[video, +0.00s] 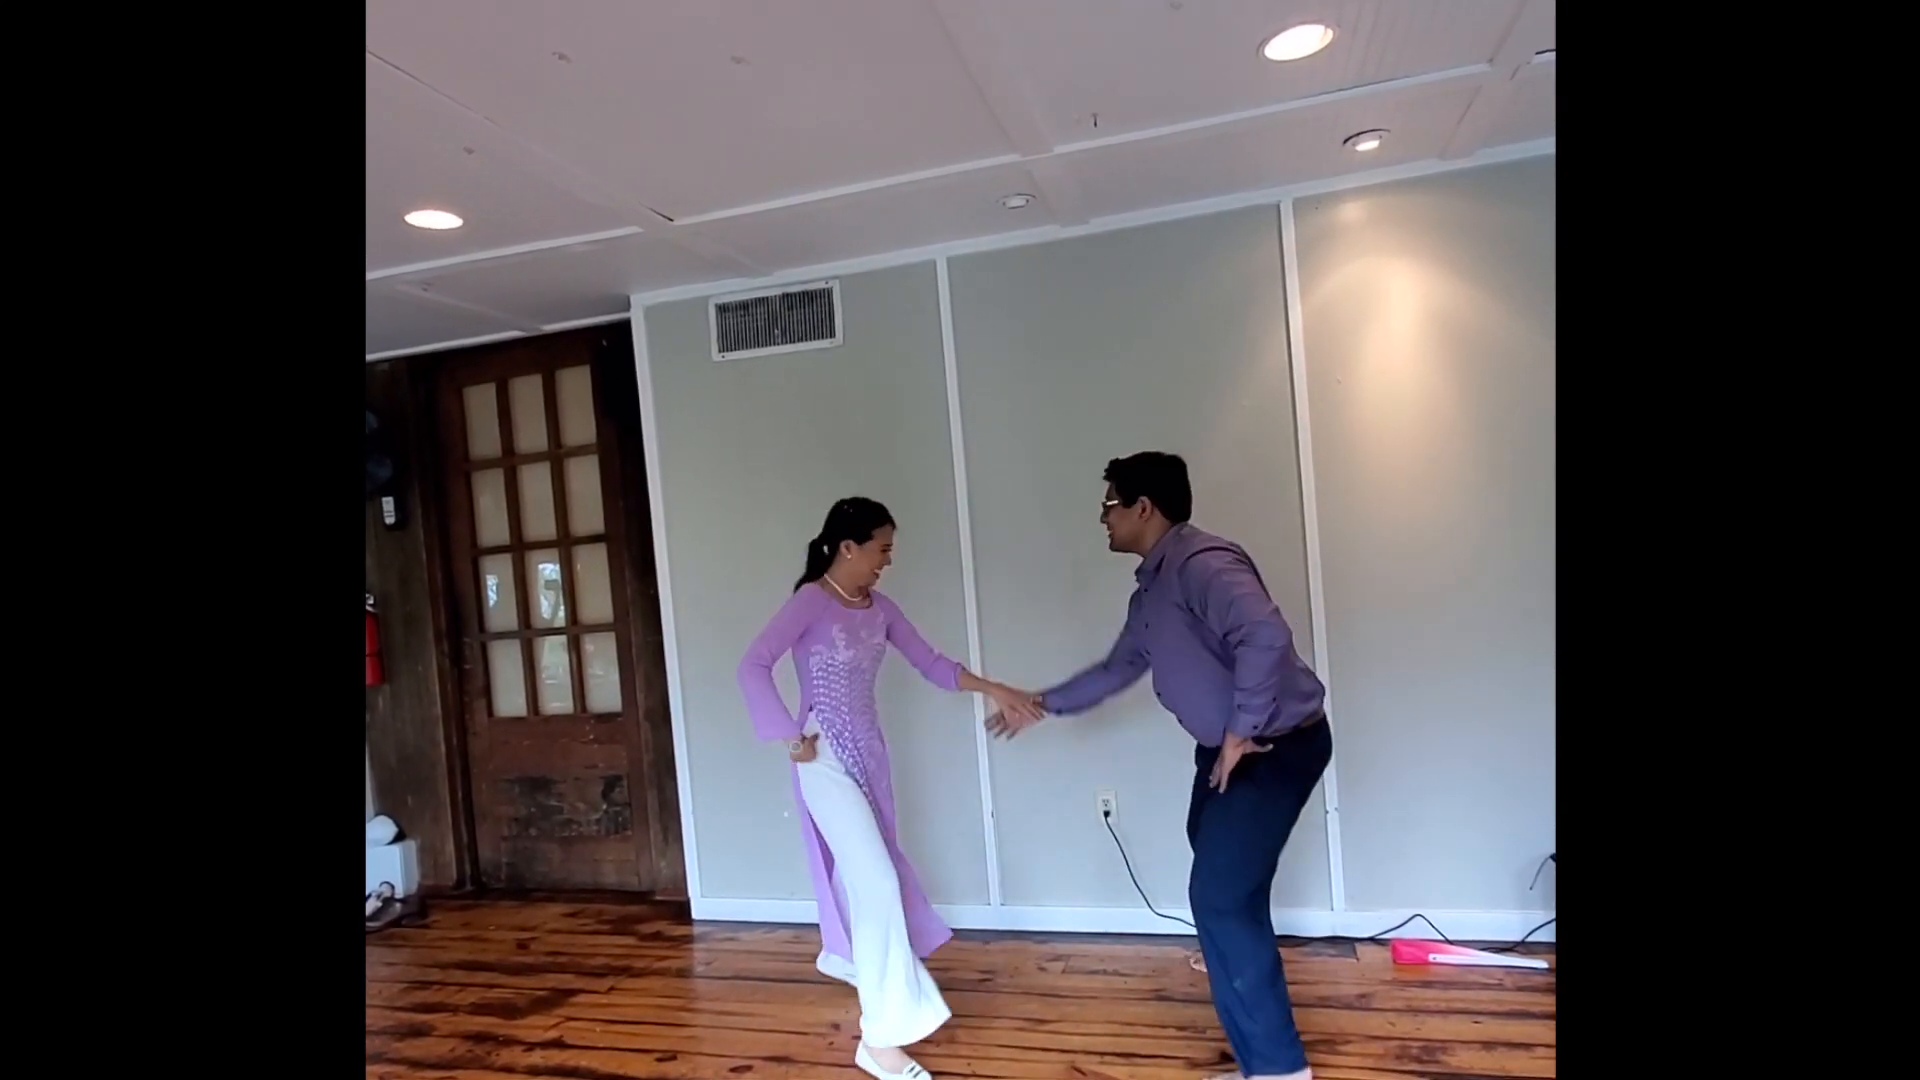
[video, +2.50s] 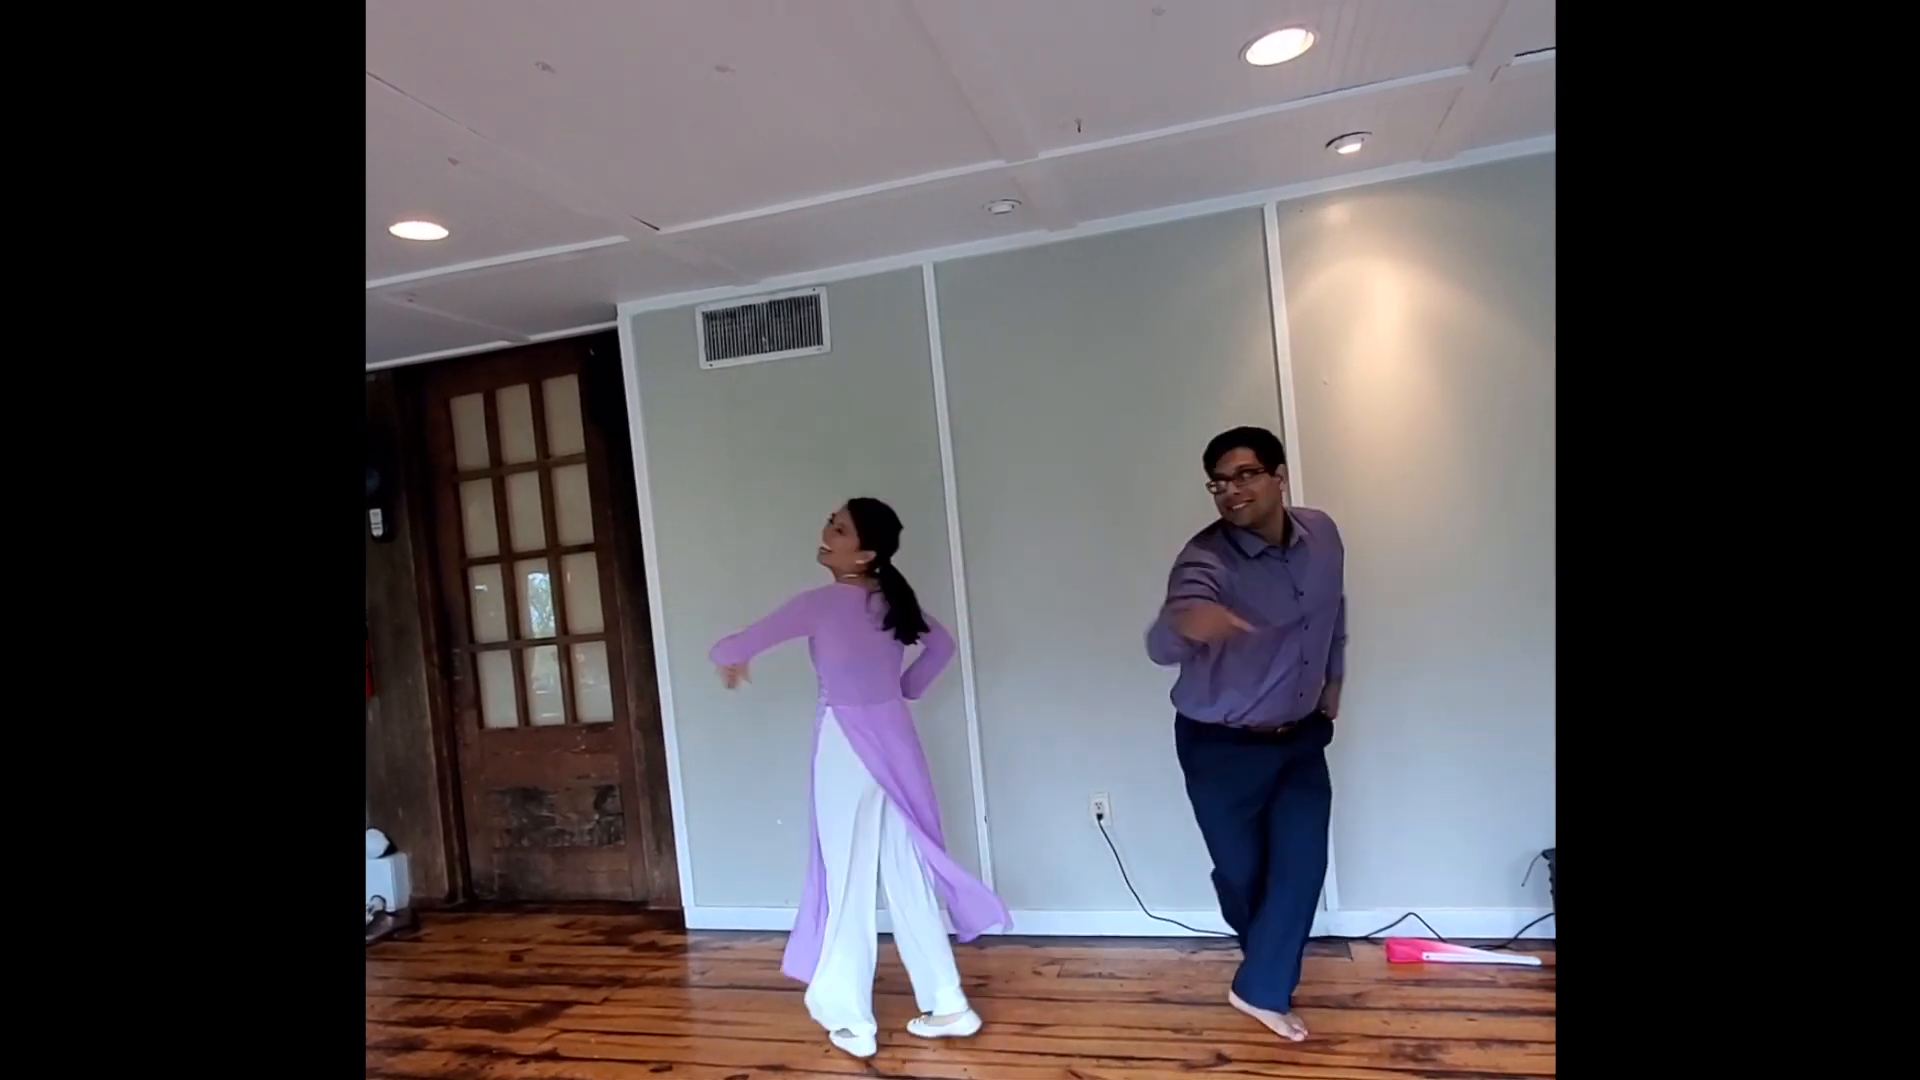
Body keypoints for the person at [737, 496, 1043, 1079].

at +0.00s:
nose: (887, 562)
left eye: (890, 552)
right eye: (881, 551)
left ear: (863, 551)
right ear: (845, 546)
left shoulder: (880, 608)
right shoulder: (810, 602)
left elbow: (931, 664)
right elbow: (753, 668)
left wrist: (996, 689)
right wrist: (789, 735)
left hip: (870, 757)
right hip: (824, 758)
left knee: (871, 862)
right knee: (877, 877)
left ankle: (842, 951)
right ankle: (879, 1038)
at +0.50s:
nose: (928, 532)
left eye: (924, 523)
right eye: (916, 525)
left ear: (899, 542)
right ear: (885, 543)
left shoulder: (924, 605)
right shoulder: (849, 601)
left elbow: (951, 681)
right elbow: (780, 662)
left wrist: (998, 659)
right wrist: (817, 727)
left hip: (896, 769)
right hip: (849, 764)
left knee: (872, 899)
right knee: (879, 898)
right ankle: (872, 1048)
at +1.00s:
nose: (969, 554)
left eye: (967, 545)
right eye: (960, 546)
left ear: (938, 556)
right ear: (929, 556)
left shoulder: (961, 615)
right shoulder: (906, 612)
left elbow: (1006, 682)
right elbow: (873, 690)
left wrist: (1077, 701)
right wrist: (906, 735)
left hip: (953, 756)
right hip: (909, 759)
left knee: (989, 853)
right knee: (935, 870)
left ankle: (988, 951)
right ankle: (893, 1020)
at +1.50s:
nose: (985, 536)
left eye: (981, 528)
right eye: (975, 530)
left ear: (954, 544)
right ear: (946, 543)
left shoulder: (987, 602)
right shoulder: (914, 604)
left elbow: (1017, 663)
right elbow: (867, 673)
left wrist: (1086, 665)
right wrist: (906, 722)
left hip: (986, 733)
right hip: (935, 738)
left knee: (1001, 831)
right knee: (945, 833)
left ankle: (1004, 938)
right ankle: (947, 915)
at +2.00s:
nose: (959, 547)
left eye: (960, 540)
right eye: (950, 537)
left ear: (940, 549)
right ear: (915, 543)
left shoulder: (959, 611)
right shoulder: (870, 602)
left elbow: (993, 665)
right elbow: (838, 651)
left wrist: (1003, 687)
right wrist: (838, 706)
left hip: (950, 752)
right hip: (896, 757)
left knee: (965, 869)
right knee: (913, 874)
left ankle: (1003, 931)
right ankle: (961, 992)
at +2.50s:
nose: (825, 533)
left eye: (837, 530)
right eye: (830, 524)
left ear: (864, 553)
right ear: (869, 556)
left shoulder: (821, 603)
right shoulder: (893, 600)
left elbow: (744, 643)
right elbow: (943, 643)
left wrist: (728, 659)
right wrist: (906, 690)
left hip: (847, 741)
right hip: (897, 736)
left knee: (846, 877)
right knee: (909, 871)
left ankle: (850, 1017)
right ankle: (948, 1004)